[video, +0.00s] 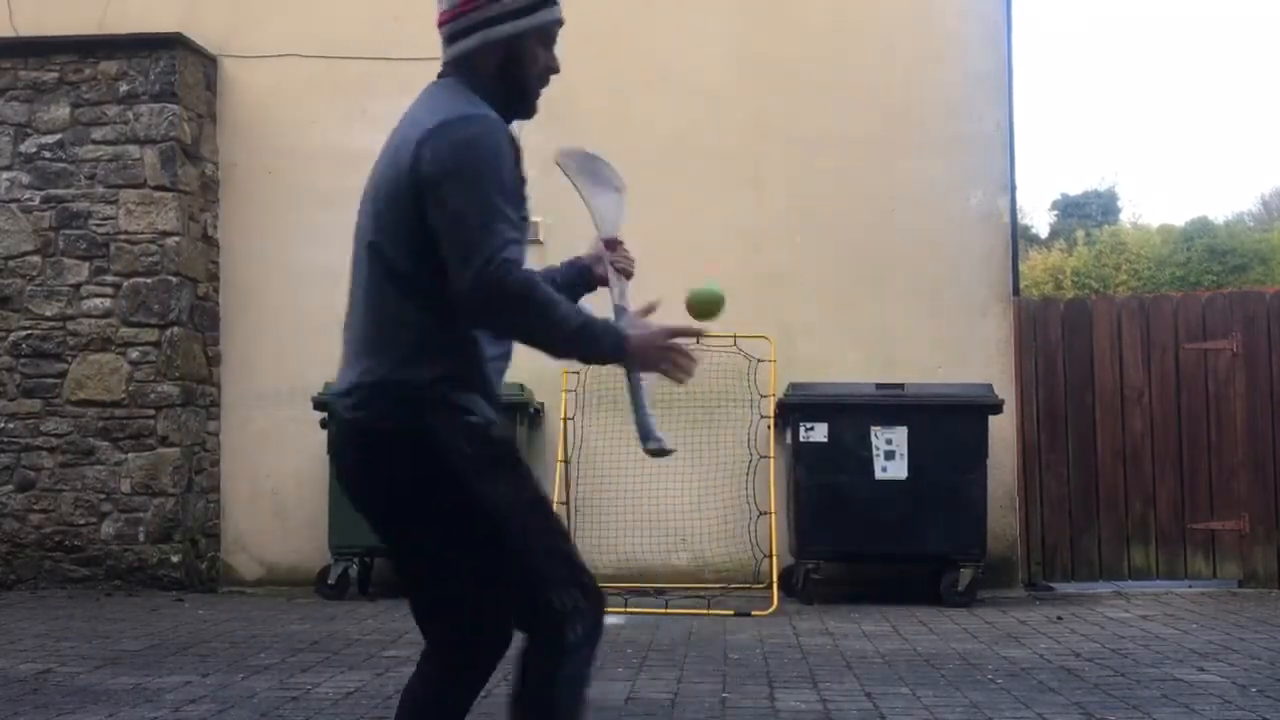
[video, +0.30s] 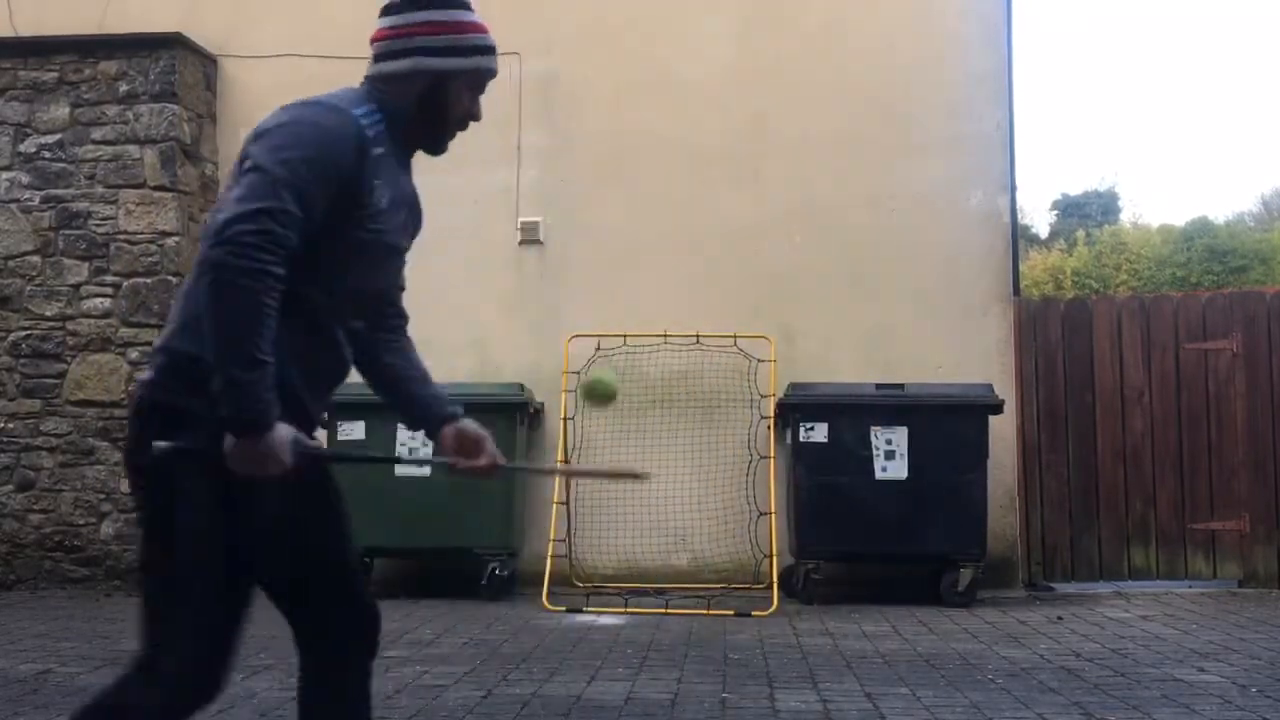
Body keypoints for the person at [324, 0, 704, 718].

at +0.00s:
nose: (554, 64)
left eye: (554, 45)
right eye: (546, 42)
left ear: (485, 47)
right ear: (502, 45)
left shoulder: (436, 123)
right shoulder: (468, 131)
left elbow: (475, 298)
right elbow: (493, 288)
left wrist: (581, 273)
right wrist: (620, 343)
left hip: (380, 424)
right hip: (429, 423)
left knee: (469, 628)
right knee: (570, 610)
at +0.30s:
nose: (478, 112)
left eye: (483, 92)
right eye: (476, 88)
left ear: (424, 78)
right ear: (427, 76)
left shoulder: (394, 189)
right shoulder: (317, 133)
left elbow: (376, 325)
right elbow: (239, 259)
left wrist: (441, 421)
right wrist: (251, 417)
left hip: (277, 437)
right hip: (191, 428)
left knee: (344, 634)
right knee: (183, 671)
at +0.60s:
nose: (402, 126)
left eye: (406, 109)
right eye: (397, 106)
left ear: (340, 91)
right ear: (350, 92)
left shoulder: (329, 184)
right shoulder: (211, 111)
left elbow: (339, 286)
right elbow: (131, 167)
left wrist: (396, 181)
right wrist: (300, 160)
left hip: (183, 423)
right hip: (92, 406)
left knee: (185, 652)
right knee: (137, 654)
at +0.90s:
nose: (399, 156)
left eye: (405, 135)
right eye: (396, 133)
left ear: (340, 115)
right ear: (352, 119)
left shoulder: (288, 177)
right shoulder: (274, 178)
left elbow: (317, 338)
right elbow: (256, 365)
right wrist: (315, 471)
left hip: (134, 431)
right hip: (90, 429)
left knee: (180, 660)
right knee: (161, 664)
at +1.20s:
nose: (417, 87)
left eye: (415, 74)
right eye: (417, 74)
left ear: (332, 63)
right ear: (406, 74)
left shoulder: (256, 133)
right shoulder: (398, 149)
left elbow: (203, 275)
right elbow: (416, 303)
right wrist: (388, 416)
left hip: (161, 403)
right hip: (246, 419)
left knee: (258, 652)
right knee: (278, 664)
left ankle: (163, 515)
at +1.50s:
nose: (505, 77)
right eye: (504, 65)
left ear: (419, 63)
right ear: (499, 69)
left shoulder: (347, 146)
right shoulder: (513, 147)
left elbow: (290, 294)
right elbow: (588, 287)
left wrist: (375, 361)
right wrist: (595, 429)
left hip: (311, 420)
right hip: (429, 423)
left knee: (323, 641)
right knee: (548, 628)